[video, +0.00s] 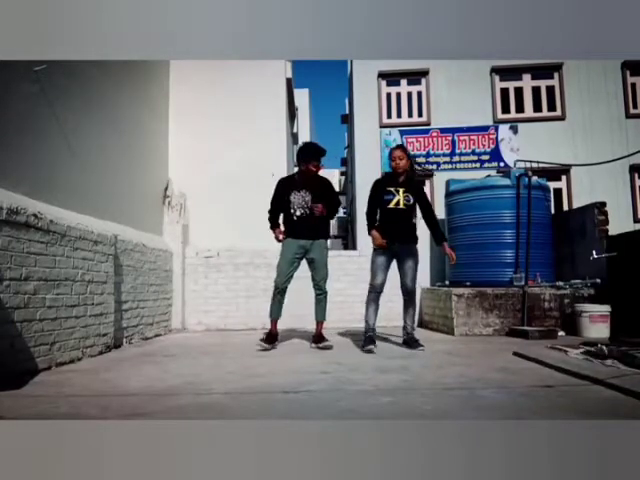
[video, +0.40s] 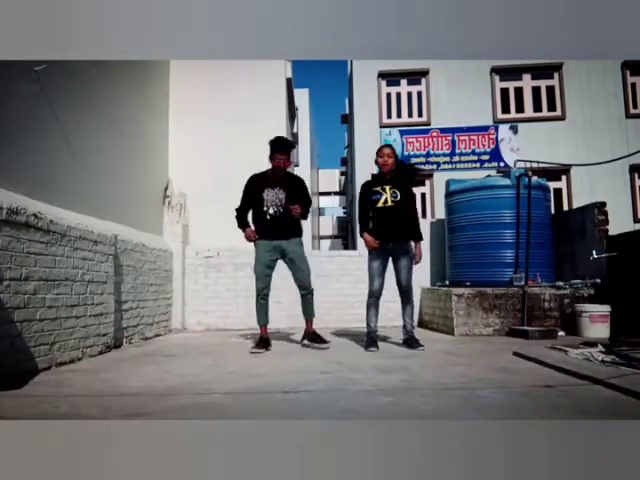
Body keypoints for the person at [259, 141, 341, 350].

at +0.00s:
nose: (320, 166)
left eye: (320, 162)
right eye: (316, 162)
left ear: (315, 162)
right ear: (305, 163)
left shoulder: (324, 183)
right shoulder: (285, 184)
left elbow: (335, 205)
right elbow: (274, 210)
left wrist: (325, 212)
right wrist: (275, 227)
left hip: (318, 241)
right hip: (293, 240)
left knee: (320, 286)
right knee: (280, 284)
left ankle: (319, 331)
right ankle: (273, 330)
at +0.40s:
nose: (281, 162)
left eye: (285, 158)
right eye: (277, 158)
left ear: (289, 159)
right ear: (271, 158)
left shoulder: (296, 182)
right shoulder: (256, 181)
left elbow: (307, 210)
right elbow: (242, 211)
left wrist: (302, 212)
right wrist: (246, 228)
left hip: (292, 241)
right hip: (265, 242)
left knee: (305, 285)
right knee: (262, 288)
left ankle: (310, 330)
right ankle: (264, 335)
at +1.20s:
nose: (266, 153)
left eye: (271, 149)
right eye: (262, 149)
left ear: (277, 146)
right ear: (256, 146)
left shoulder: (289, 169)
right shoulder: (247, 169)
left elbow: (310, 199)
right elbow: (226, 197)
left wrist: (299, 181)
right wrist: (229, 199)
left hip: (278, 235)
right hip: (250, 236)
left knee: (274, 286)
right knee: (239, 284)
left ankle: (271, 342)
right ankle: (256, 323)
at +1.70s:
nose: (268, 141)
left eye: (270, 137)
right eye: (263, 137)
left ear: (273, 136)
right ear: (254, 137)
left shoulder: (285, 159)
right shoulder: (245, 162)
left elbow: (309, 182)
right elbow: (225, 192)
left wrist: (292, 156)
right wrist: (238, 161)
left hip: (285, 231)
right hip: (255, 231)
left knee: (279, 290)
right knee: (247, 287)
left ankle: (270, 343)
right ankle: (244, 346)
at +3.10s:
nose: (280, 153)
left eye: (285, 148)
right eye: (276, 148)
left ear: (291, 147)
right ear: (269, 146)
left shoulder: (299, 171)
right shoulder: (255, 169)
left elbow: (314, 206)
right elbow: (230, 198)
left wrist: (303, 191)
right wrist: (248, 189)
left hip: (290, 238)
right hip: (261, 238)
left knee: (292, 292)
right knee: (254, 288)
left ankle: (284, 342)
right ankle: (251, 345)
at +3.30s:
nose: (287, 148)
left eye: (291, 144)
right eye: (282, 143)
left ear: (296, 145)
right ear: (275, 143)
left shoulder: (302, 174)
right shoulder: (258, 168)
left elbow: (311, 206)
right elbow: (237, 201)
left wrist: (307, 231)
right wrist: (237, 224)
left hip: (288, 237)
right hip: (258, 235)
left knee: (289, 288)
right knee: (245, 283)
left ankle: (284, 340)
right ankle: (246, 335)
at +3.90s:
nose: (251, 144)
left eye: (255, 140)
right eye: (246, 140)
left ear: (260, 143)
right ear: (239, 142)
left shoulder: (274, 168)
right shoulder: (230, 176)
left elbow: (292, 198)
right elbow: (220, 204)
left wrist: (292, 225)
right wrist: (224, 228)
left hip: (273, 234)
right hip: (244, 236)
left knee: (282, 283)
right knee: (238, 285)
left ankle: (288, 336)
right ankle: (248, 333)